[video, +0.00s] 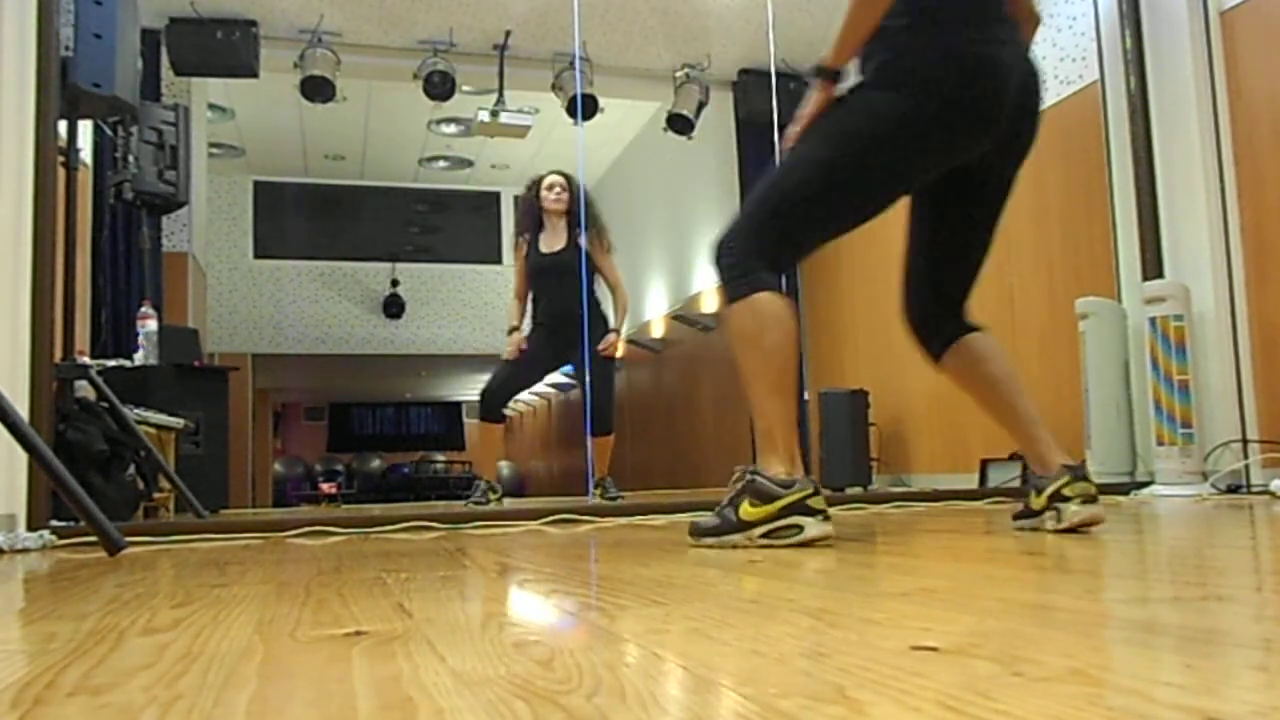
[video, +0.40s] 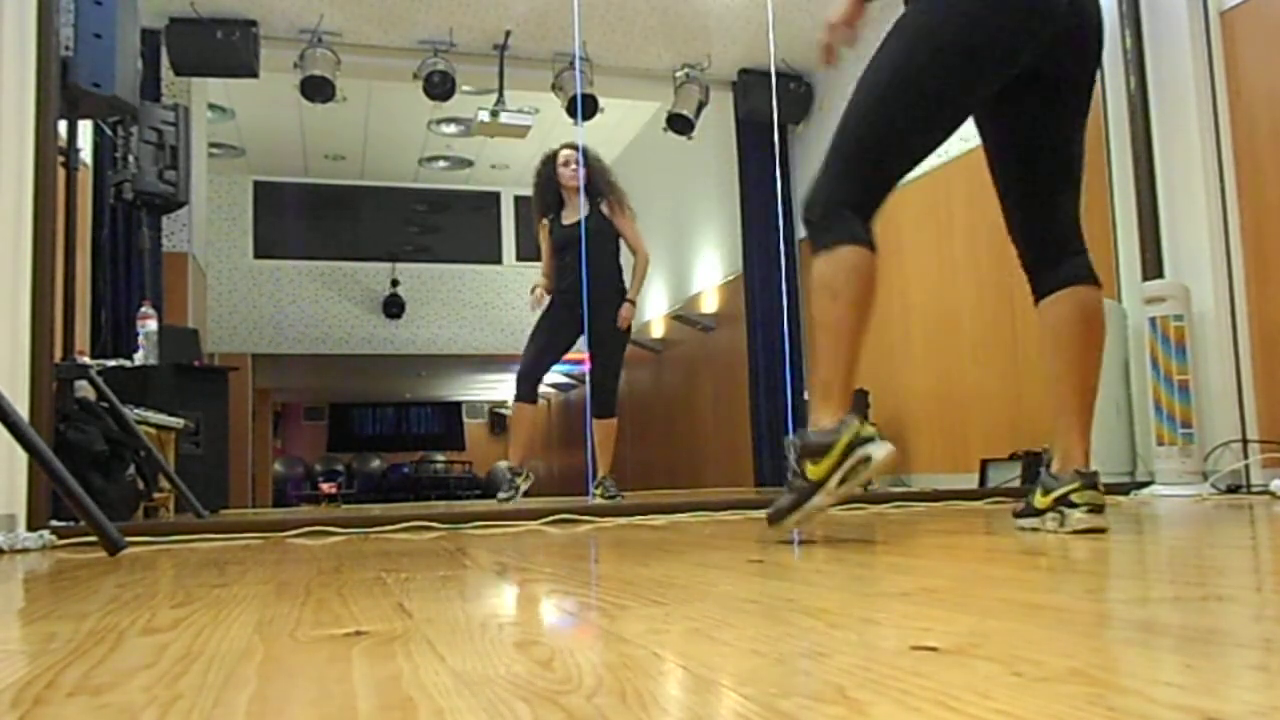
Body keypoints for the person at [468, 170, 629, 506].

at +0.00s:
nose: (557, 194)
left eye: (563, 189)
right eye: (550, 189)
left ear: (572, 199)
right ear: (537, 199)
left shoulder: (587, 238)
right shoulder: (527, 245)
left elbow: (618, 289)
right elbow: (520, 296)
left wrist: (618, 330)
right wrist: (515, 330)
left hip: (589, 337)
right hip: (545, 340)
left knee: (601, 405)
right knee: (491, 398)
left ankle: (601, 480)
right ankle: (488, 483)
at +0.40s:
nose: (574, 169)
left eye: (579, 164)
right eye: (566, 165)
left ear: (588, 171)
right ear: (554, 174)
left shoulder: (607, 206)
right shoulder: (549, 224)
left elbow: (642, 254)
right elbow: (548, 276)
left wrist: (631, 300)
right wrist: (542, 285)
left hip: (608, 308)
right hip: (565, 307)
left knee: (603, 391)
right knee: (526, 376)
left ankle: (604, 478)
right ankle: (515, 470)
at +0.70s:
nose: (577, 176)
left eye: (583, 170)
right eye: (569, 170)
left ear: (592, 177)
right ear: (557, 179)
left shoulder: (613, 211)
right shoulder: (552, 219)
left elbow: (644, 260)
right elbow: (539, 274)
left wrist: (633, 299)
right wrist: (542, 230)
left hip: (607, 311)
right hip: (562, 310)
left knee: (611, 395)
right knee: (536, 388)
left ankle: (601, 477)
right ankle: (517, 478)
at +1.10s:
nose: (567, 201)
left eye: (573, 195)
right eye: (559, 195)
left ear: (582, 203)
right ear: (545, 203)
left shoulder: (587, 242)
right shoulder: (531, 240)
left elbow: (602, 285)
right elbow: (566, 261)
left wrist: (623, 320)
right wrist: (574, 221)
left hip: (594, 330)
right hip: (556, 335)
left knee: (628, 401)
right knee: (554, 416)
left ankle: (603, 478)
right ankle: (507, 474)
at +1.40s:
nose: (543, 196)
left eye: (549, 191)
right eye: (536, 188)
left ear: (556, 200)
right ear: (520, 193)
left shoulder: (555, 243)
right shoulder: (504, 230)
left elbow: (569, 294)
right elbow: (534, 251)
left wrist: (589, 326)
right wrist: (540, 217)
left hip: (550, 331)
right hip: (512, 329)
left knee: (608, 396)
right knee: (516, 413)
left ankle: (596, 480)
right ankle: (496, 484)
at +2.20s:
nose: (522, 176)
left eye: (529, 172)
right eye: (517, 169)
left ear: (538, 181)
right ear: (503, 172)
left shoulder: (538, 223)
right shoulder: (483, 204)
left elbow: (550, 280)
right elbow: (478, 245)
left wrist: (571, 285)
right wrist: (509, 213)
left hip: (535, 305)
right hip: (493, 307)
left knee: (570, 383)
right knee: (495, 397)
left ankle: (583, 474)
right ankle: (493, 482)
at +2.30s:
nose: (531, 181)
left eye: (538, 177)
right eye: (525, 175)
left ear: (546, 187)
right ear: (511, 181)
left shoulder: (550, 229)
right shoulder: (491, 215)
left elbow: (556, 288)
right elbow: (469, 261)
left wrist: (573, 276)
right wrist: (507, 242)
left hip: (536, 313)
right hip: (493, 313)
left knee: (578, 386)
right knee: (491, 398)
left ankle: (597, 470)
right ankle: (493, 483)